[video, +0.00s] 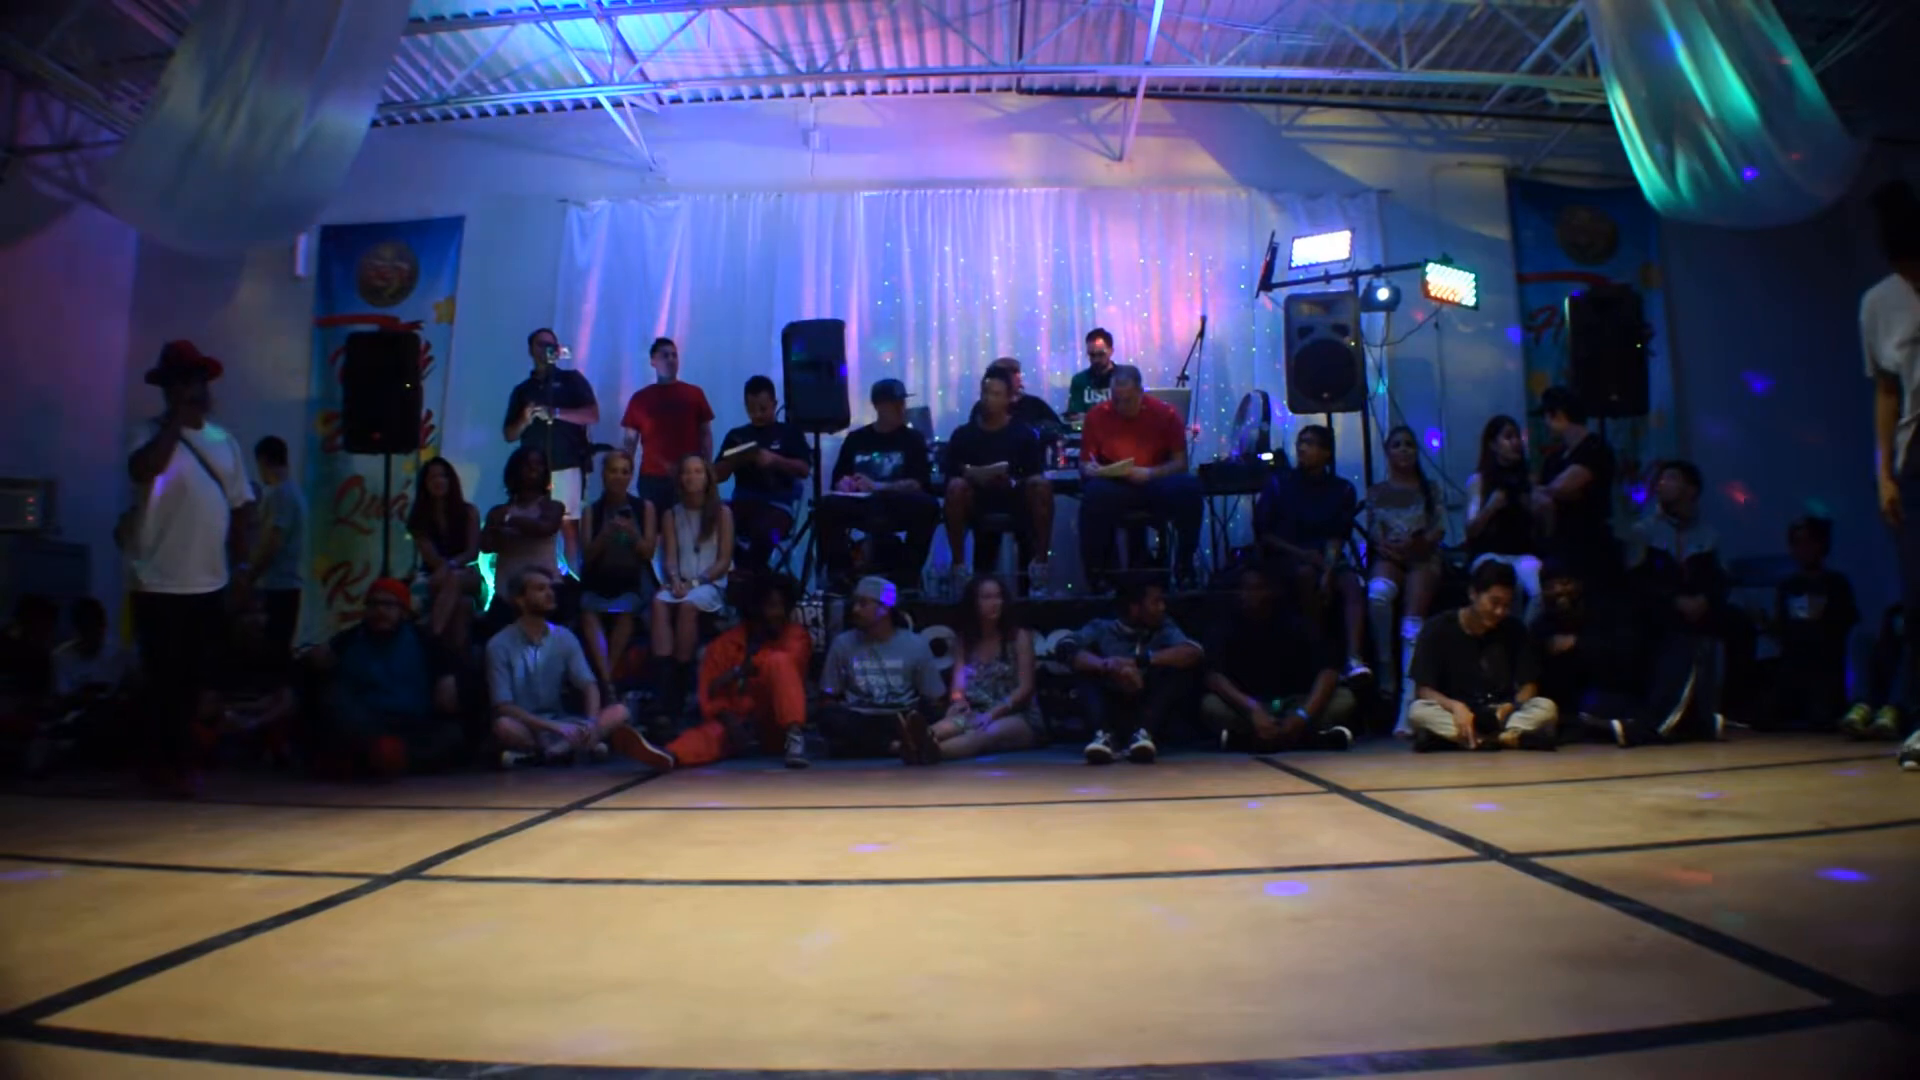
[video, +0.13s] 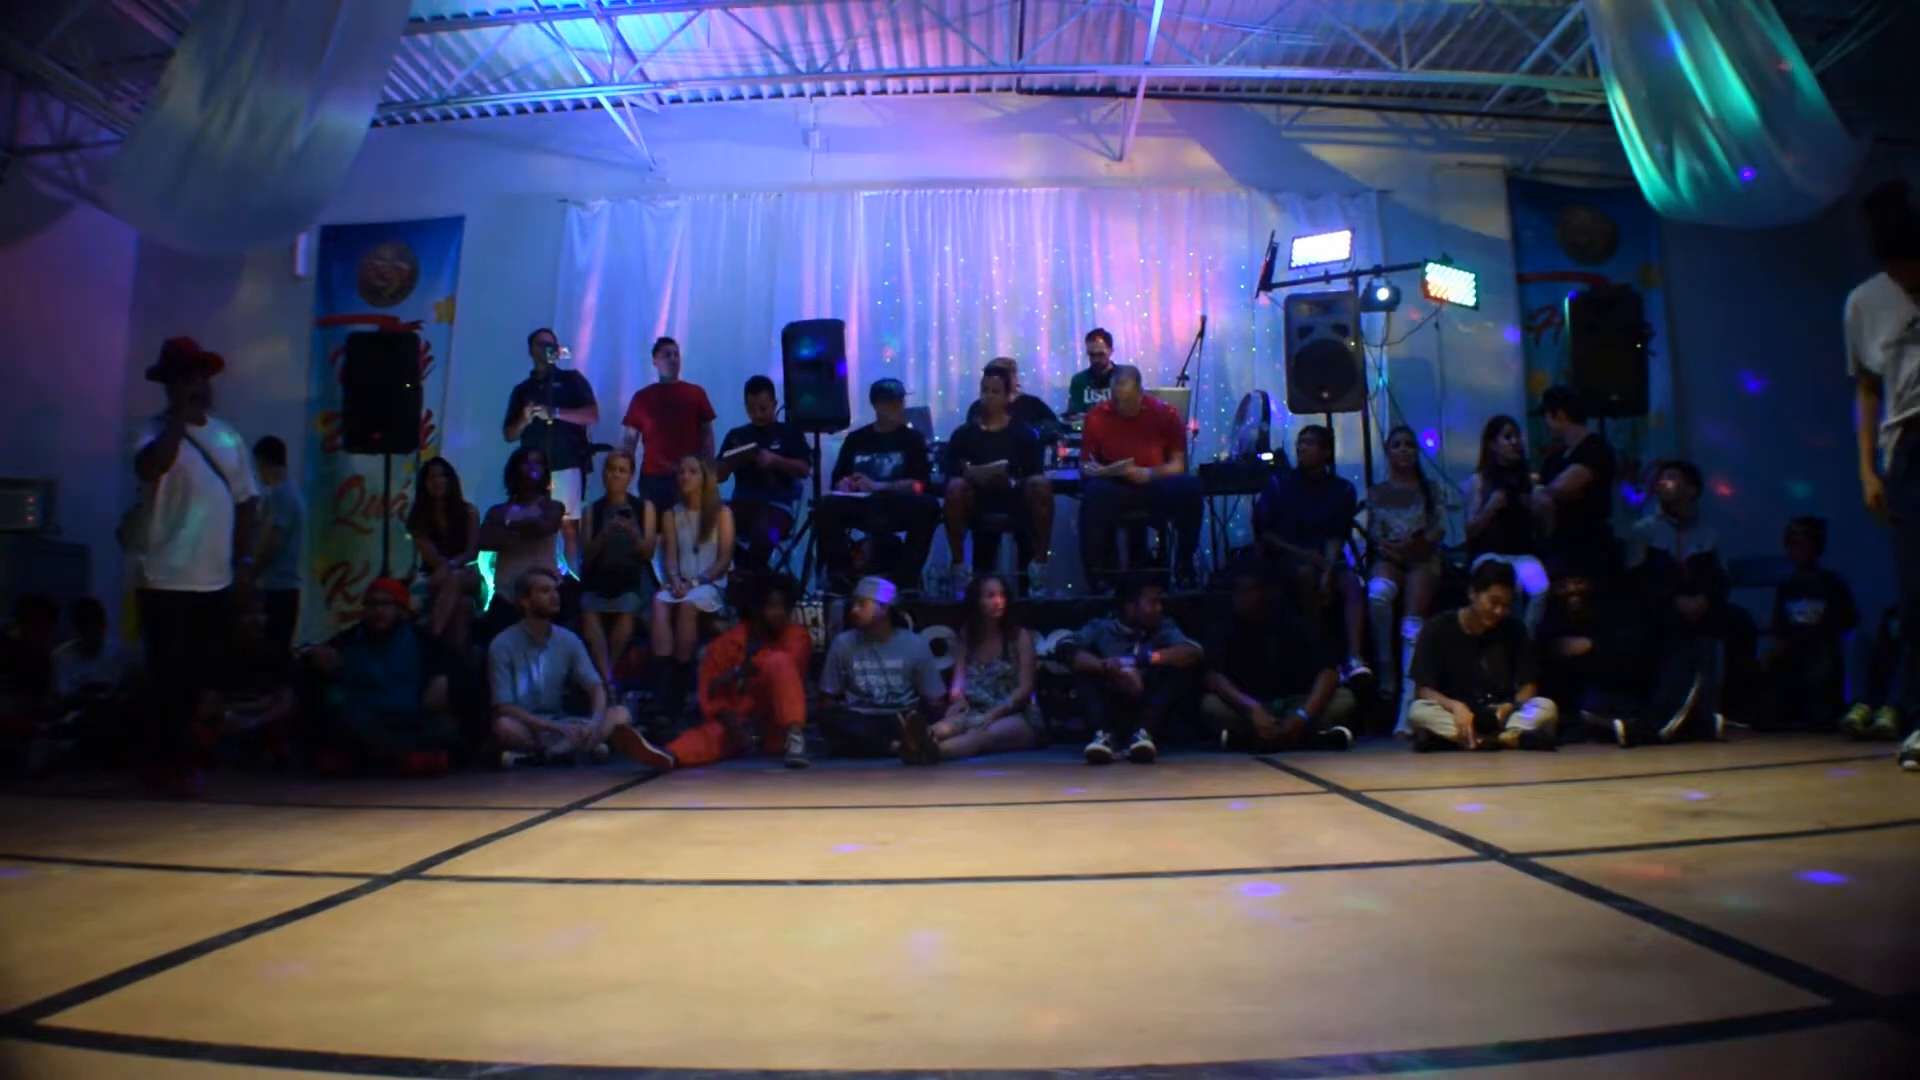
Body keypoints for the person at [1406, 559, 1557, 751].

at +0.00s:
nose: (1500, 612)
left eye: (1506, 606)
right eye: (1494, 603)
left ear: (1511, 605)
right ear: (1473, 595)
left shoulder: (1513, 631)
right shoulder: (1438, 629)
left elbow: (1529, 686)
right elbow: (1423, 690)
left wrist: (1511, 706)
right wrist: (1456, 707)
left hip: (1501, 705)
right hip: (1457, 707)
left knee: (1546, 707)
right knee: (1418, 711)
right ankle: (1506, 740)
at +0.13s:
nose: (1499, 611)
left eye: (1505, 605)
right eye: (1493, 602)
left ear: (1511, 606)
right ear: (1473, 594)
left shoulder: (1513, 630)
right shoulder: (1438, 629)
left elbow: (1529, 685)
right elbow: (1423, 690)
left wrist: (1510, 707)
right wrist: (1456, 707)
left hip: (1501, 705)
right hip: (1456, 708)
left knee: (1546, 707)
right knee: (1419, 711)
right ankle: (1506, 740)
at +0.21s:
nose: (1501, 610)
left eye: (1506, 604)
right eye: (1496, 601)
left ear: (1511, 603)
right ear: (1473, 595)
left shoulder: (1513, 629)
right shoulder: (1438, 629)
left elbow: (1529, 685)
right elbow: (1424, 690)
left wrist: (1511, 706)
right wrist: (1456, 707)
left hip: (1501, 704)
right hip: (1457, 707)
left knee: (1546, 707)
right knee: (1418, 711)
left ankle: (1472, 743)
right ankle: (1505, 740)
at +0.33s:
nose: (1506, 603)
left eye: (1507, 596)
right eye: (1502, 596)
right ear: (1476, 597)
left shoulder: (1512, 628)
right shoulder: (1438, 629)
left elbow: (1528, 687)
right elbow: (1423, 689)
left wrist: (1511, 707)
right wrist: (1456, 708)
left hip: (1500, 706)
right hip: (1456, 708)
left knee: (1547, 707)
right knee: (1418, 711)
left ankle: (1468, 743)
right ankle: (1505, 740)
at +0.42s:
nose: (1507, 601)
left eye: (1507, 594)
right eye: (1501, 594)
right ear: (1476, 597)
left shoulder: (1512, 628)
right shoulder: (1438, 629)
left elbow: (1528, 686)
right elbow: (1423, 689)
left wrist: (1511, 706)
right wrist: (1456, 707)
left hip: (1500, 706)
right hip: (1456, 708)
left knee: (1546, 708)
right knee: (1418, 711)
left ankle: (1470, 742)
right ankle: (1504, 740)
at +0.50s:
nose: (1507, 600)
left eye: (1506, 594)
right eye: (1501, 593)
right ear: (1476, 597)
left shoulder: (1512, 629)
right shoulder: (1437, 629)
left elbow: (1528, 685)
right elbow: (1423, 689)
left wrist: (1512, 706)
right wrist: (1456, 707)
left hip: (1500, 706)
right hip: (1456, 709)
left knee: (1546, 708)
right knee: (1418, 711)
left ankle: (1469, 742)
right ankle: (1504, 740)